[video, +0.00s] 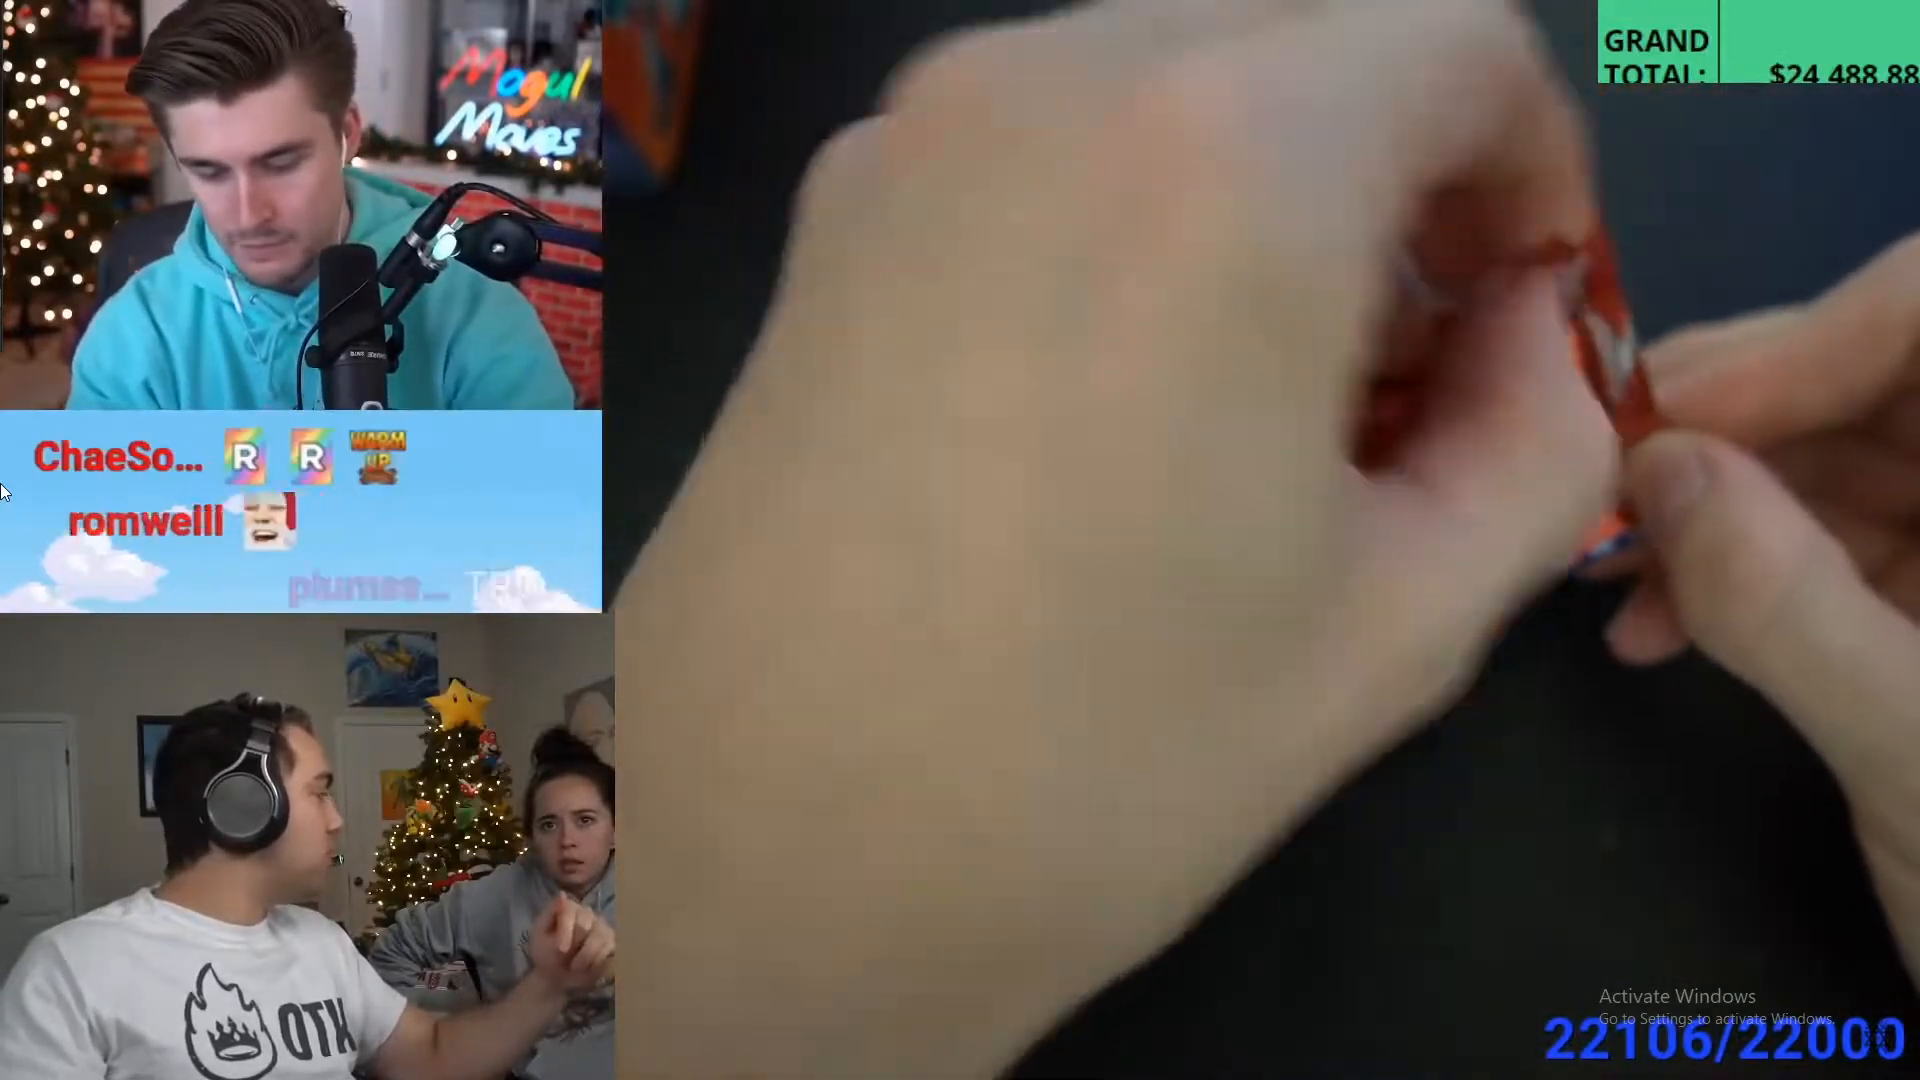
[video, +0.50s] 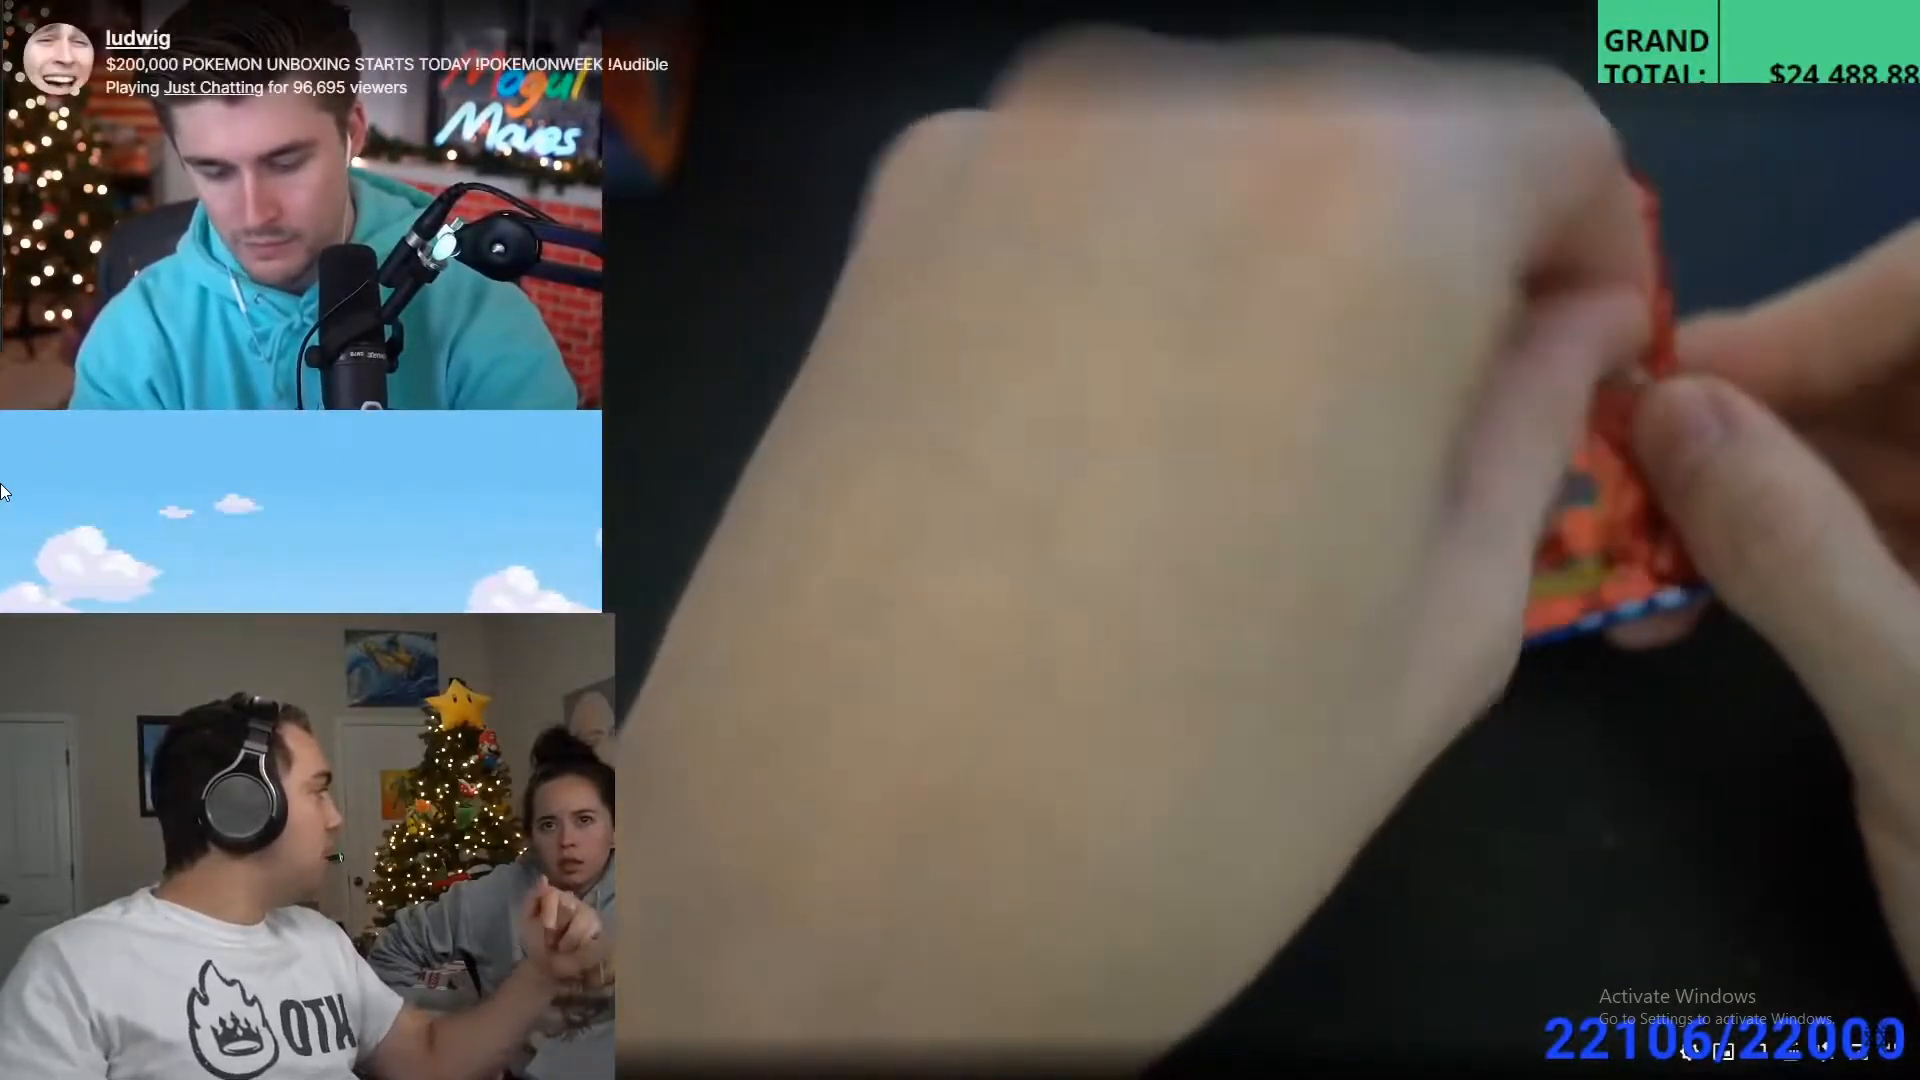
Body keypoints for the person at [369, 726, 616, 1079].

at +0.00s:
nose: (567, 842)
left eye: (585, 821)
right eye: (549, 825)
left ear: (615, 829)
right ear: (531, 836)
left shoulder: (642, 895)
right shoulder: (493, 898)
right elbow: (389, 956)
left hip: (618, 1069)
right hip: (530, 1071)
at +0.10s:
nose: (567, 842)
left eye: (585, 821)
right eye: (549, 825)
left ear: (615, 828)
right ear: (531, 836)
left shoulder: (643, 895)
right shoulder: (493, 898)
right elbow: (389, 956)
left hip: (619, 1068)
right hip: (531, 1071)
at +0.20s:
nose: (567, 842)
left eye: (585, 821)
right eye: (549, 825)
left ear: (615, 828)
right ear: (531, 836)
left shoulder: (644, 894)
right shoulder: (493, 898)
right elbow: (392, 952)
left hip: (620, 1069)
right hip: (526, 1071)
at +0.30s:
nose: (567, 842)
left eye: (585, 821)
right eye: (549, 825)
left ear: (615, 828)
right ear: (531, 836)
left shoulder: (642, 895)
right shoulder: (492, 899)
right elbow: (391, 955)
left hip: (614, 1068)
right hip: (524, 1069)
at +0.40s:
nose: (567, 842)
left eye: (585, 821)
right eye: (548, 825)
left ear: (615, 828)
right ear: (531, 836)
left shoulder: (642, 893)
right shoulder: (491, 899)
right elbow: (389, 956)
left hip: (615, 1069)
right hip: (528, 1071)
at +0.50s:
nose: (567, 842)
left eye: (585, 821)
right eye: (548, 825)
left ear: (615, 828)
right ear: (530, 836)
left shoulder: (641, 897)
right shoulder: (491, 898)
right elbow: (388, 958)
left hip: (609, 1070)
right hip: (522, 1072)